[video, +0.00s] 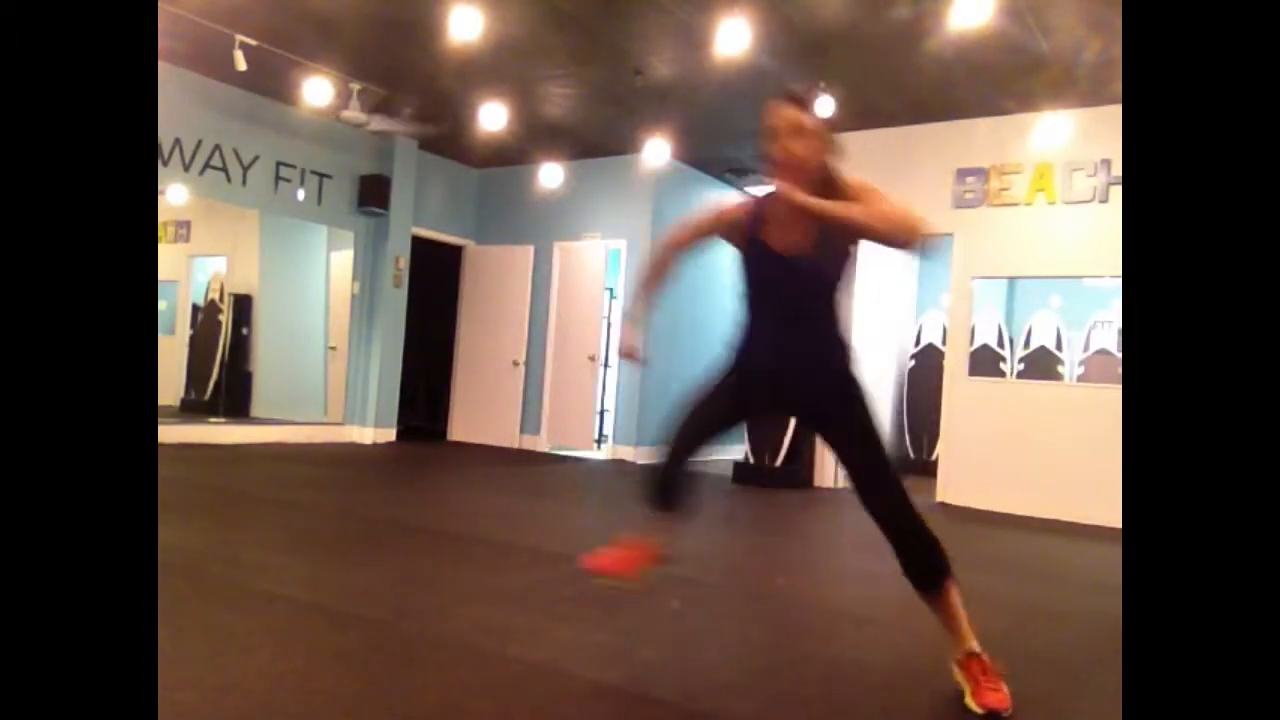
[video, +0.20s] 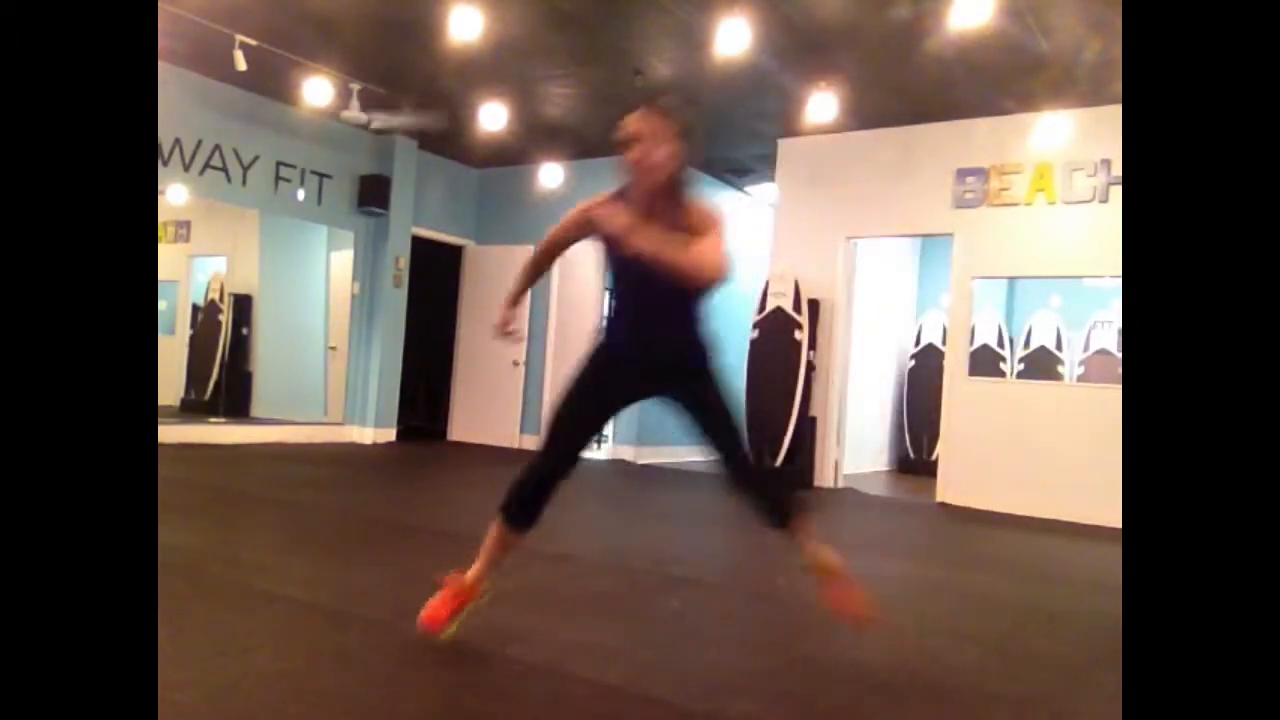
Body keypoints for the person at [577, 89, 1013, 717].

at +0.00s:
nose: (787, 148)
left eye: (800, 136)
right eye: (776, 137)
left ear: (824, 144)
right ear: (765, 147)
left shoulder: (847, 199)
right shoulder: (746, 214)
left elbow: (911, 230)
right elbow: (672, 247)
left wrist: (818, 206)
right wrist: (636, 315)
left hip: (823, 380)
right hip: (754, 375)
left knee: (887, 504)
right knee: (680, 448)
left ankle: (969, 651)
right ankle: (654, 539)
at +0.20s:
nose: (644, 154)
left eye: (655, 141)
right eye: (634, 145)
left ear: (680, 149)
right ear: (624, 156)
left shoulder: (699, 217)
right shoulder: (605, 214)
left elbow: (707, 269)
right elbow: (550, 249)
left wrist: (635, 235)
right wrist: (514, 299)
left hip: (684, 365)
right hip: (618, 361)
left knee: (743, 469)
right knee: (549, 465)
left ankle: (822, 562)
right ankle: (474, 578)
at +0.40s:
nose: (516, 253)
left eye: (530, 242)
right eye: (507, 242)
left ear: (558, 252)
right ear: (499, 250)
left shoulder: (579, 317)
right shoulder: (496, 301)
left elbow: (568, 414)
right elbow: (474, 337)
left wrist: (504, 346)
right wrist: (461, 373)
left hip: (582, 414)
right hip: (524, 400)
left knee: (564, 550)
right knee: (473, 492)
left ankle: (604, 535)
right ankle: (462, 604)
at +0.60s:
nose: (480, 290)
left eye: (496, 279)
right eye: (472, 277)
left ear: (524, 290)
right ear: (461, 283)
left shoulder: (551, 354)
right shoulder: (459, 334)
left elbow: (531, 453)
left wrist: (464, 384)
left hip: (553, 428)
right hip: (492, 405)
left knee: (494, 548)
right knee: (464, 493)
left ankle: (452, 525)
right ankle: (461, 604)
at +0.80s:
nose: (529, 228)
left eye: (544, 219)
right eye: (520, 216)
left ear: (565, 233)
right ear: (506, 225)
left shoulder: (586, 297)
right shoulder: (497, 281)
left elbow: (617, 394)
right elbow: (452, 314)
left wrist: (533, 374)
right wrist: (430, 344)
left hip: (553, 419)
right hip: (494, 406)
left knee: (515, 520)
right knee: (477, 507)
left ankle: (457, 503)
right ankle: (462, 603)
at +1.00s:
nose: (622, 144)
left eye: (634, 135)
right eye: (615, 134)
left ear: (652, 146)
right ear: (599, 143)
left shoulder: (658, 223)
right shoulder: (564, 205)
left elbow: (666, 312)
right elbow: (505, 267)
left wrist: (664, 390)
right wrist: (461, 330)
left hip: (603, 359)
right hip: (541, 351)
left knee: (629, 452)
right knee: (506, 465)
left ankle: (597, 541)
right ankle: (465, 598)